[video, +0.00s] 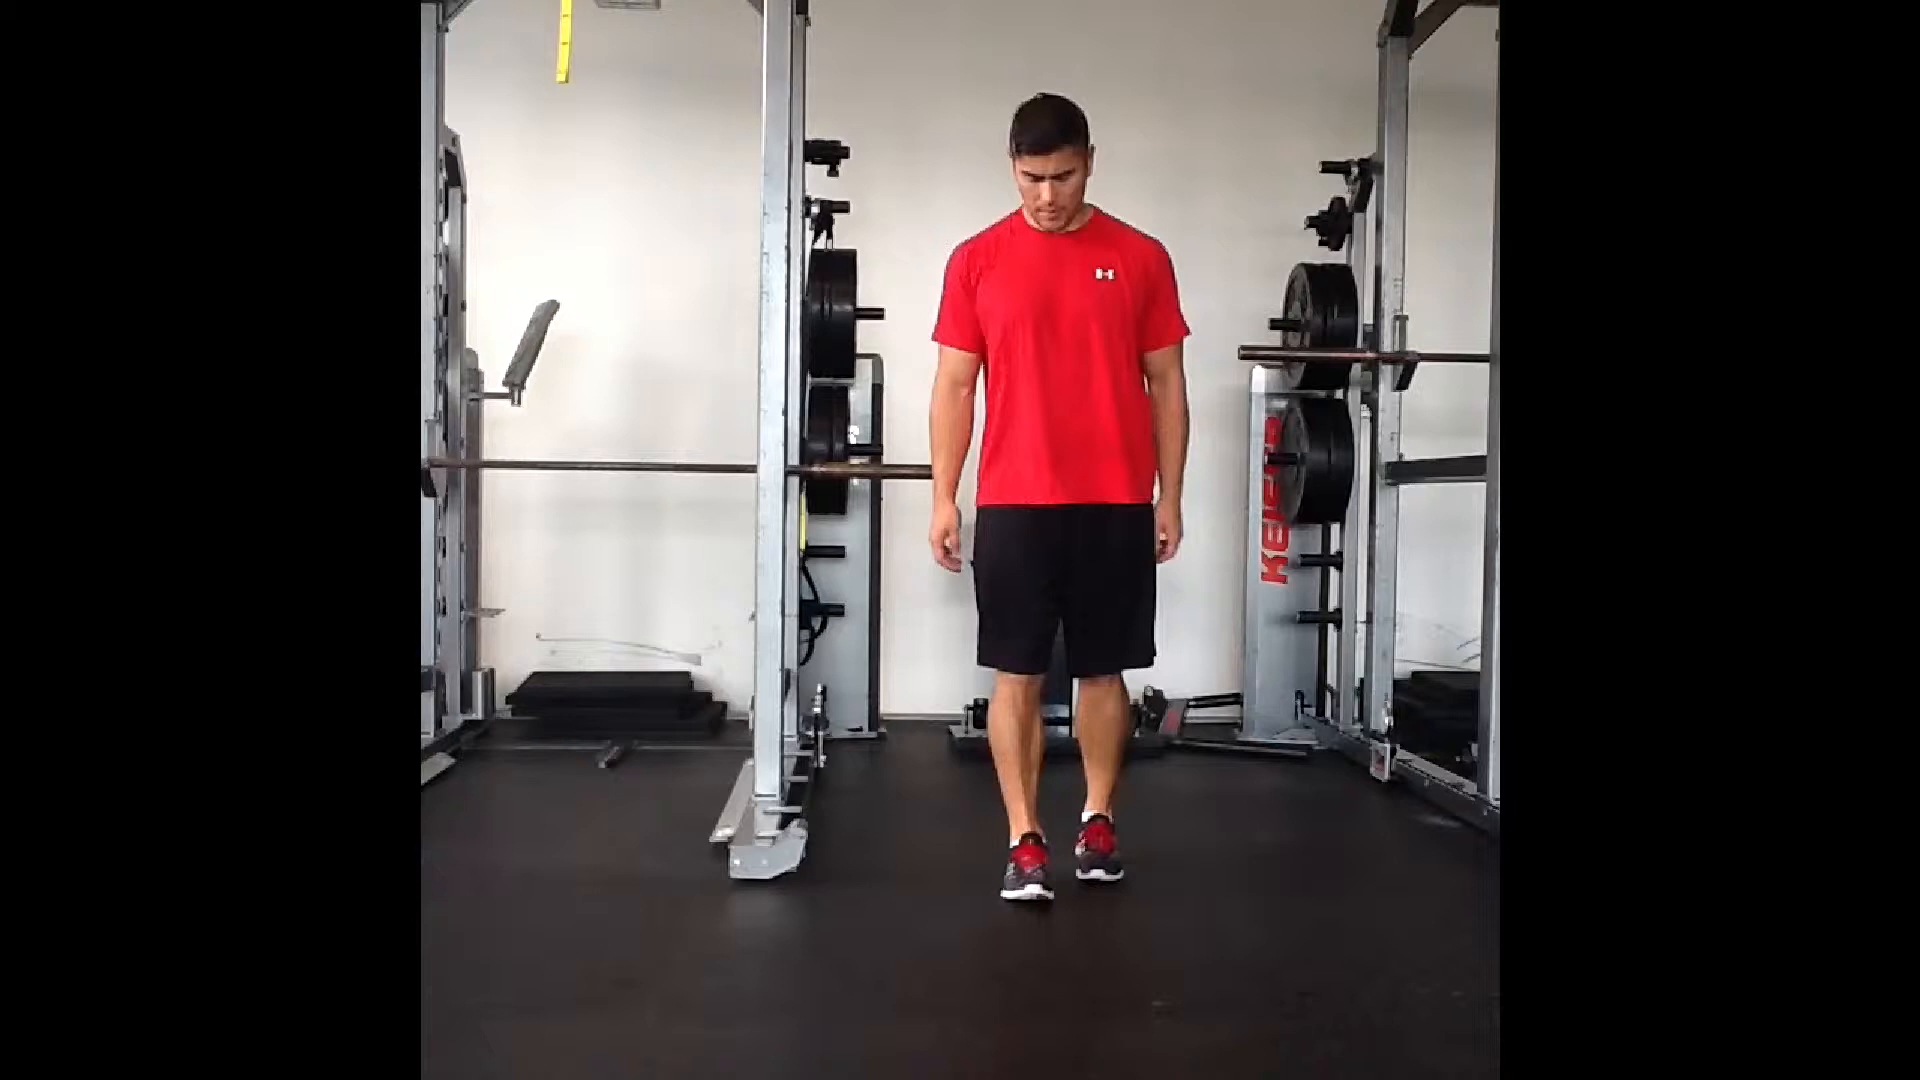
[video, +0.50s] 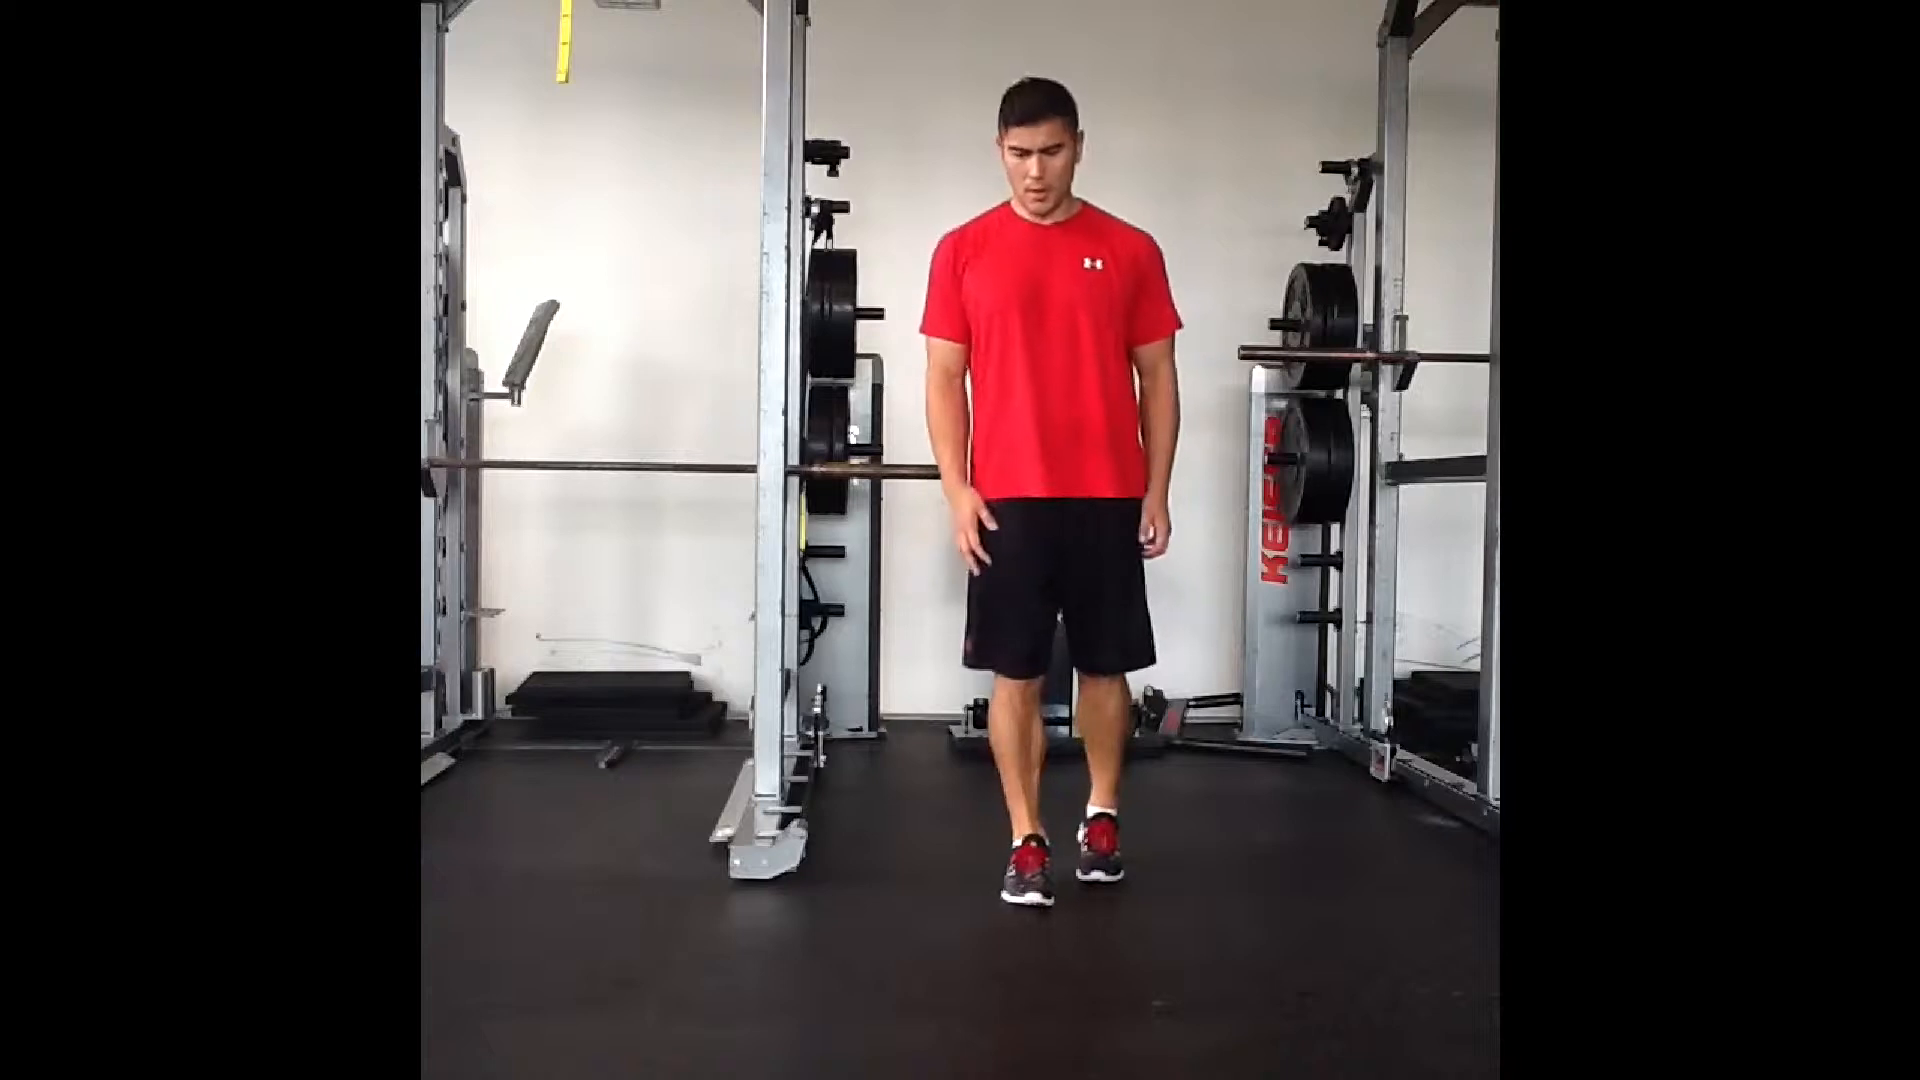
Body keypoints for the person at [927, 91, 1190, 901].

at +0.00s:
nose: (1047, 194)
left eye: (1062, 178)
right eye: (1033, 179)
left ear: (1088, 166)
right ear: (1013, 172)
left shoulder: (1139, 257)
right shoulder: (977, 261)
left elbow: (1165, 381)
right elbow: (953, 384)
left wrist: (1169, 496)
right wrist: (945, 496)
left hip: (1115, 498)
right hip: (1015, 498)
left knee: (1101, 669)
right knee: (1018, 671)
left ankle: (1098, 824)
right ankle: (1024, 840)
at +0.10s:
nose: (1045, 190)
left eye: (1060, 174)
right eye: (1031, 175)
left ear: (1086, 164)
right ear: (1010, 170)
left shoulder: (1138, 257)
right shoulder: (974, 261)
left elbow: (1164, 380)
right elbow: (950, 383)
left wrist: (1164, 494)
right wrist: (942, 495)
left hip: (1114, 498)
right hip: (1014, 498)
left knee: (1101, 669)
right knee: (1018, 671)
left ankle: (1099, 822)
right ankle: (1023, 839)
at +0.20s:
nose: (1043, 180)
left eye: (1059, 163)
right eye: (1027, 164)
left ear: (1083, 158)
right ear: (1007, 163)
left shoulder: (1133, 254)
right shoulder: (968, 258)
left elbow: (1159, 378)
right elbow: (943, 380)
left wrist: (1164, 493)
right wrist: (937, 491)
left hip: (1112, 493)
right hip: (1013, 494)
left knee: (1103, 667)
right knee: (1018, 670)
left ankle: (1099, 820)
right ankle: (1024, 840)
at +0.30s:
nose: (1041, 174)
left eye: (1056, 156)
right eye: (1025, 158)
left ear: (1081, 152)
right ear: (1005, 159)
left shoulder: (1132, 252)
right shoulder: (965, 256)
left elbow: (1161, 374)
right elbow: (942, 380)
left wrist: (1165, 491)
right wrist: (947, 491)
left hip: (1110, 495)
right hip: (1013, 495)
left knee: (1103, 666)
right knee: (1017, 671)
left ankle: (1099, 819)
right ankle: (1023, 839)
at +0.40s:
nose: (1039, 172)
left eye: (1054, 154)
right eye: (1023, 156)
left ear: (1080, 151)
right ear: (1003, 156)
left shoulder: (1131, 251)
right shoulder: (965, 254)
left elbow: (1161, 372)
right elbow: (945, 378)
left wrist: (1161, 487)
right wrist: (961, 491)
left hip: (1107, 496)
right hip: (1011, 498)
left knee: (1103, 665)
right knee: (1017, 672)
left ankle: (1100, 819)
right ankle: (1025, 839)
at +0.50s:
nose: (1035, 170)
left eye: (1050, 151)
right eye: (1019, 153)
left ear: (1077, 148)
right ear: (999, 154)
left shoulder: (1130, 250)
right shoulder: (962, 252)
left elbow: (1157, 373)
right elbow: (944, 378)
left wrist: (1157, 490)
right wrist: (957, 489)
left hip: (1106, 498)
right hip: (1009, 500)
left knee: (1103, 668)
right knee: (1016, 672)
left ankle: (1102, 819)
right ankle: (1026, 840)